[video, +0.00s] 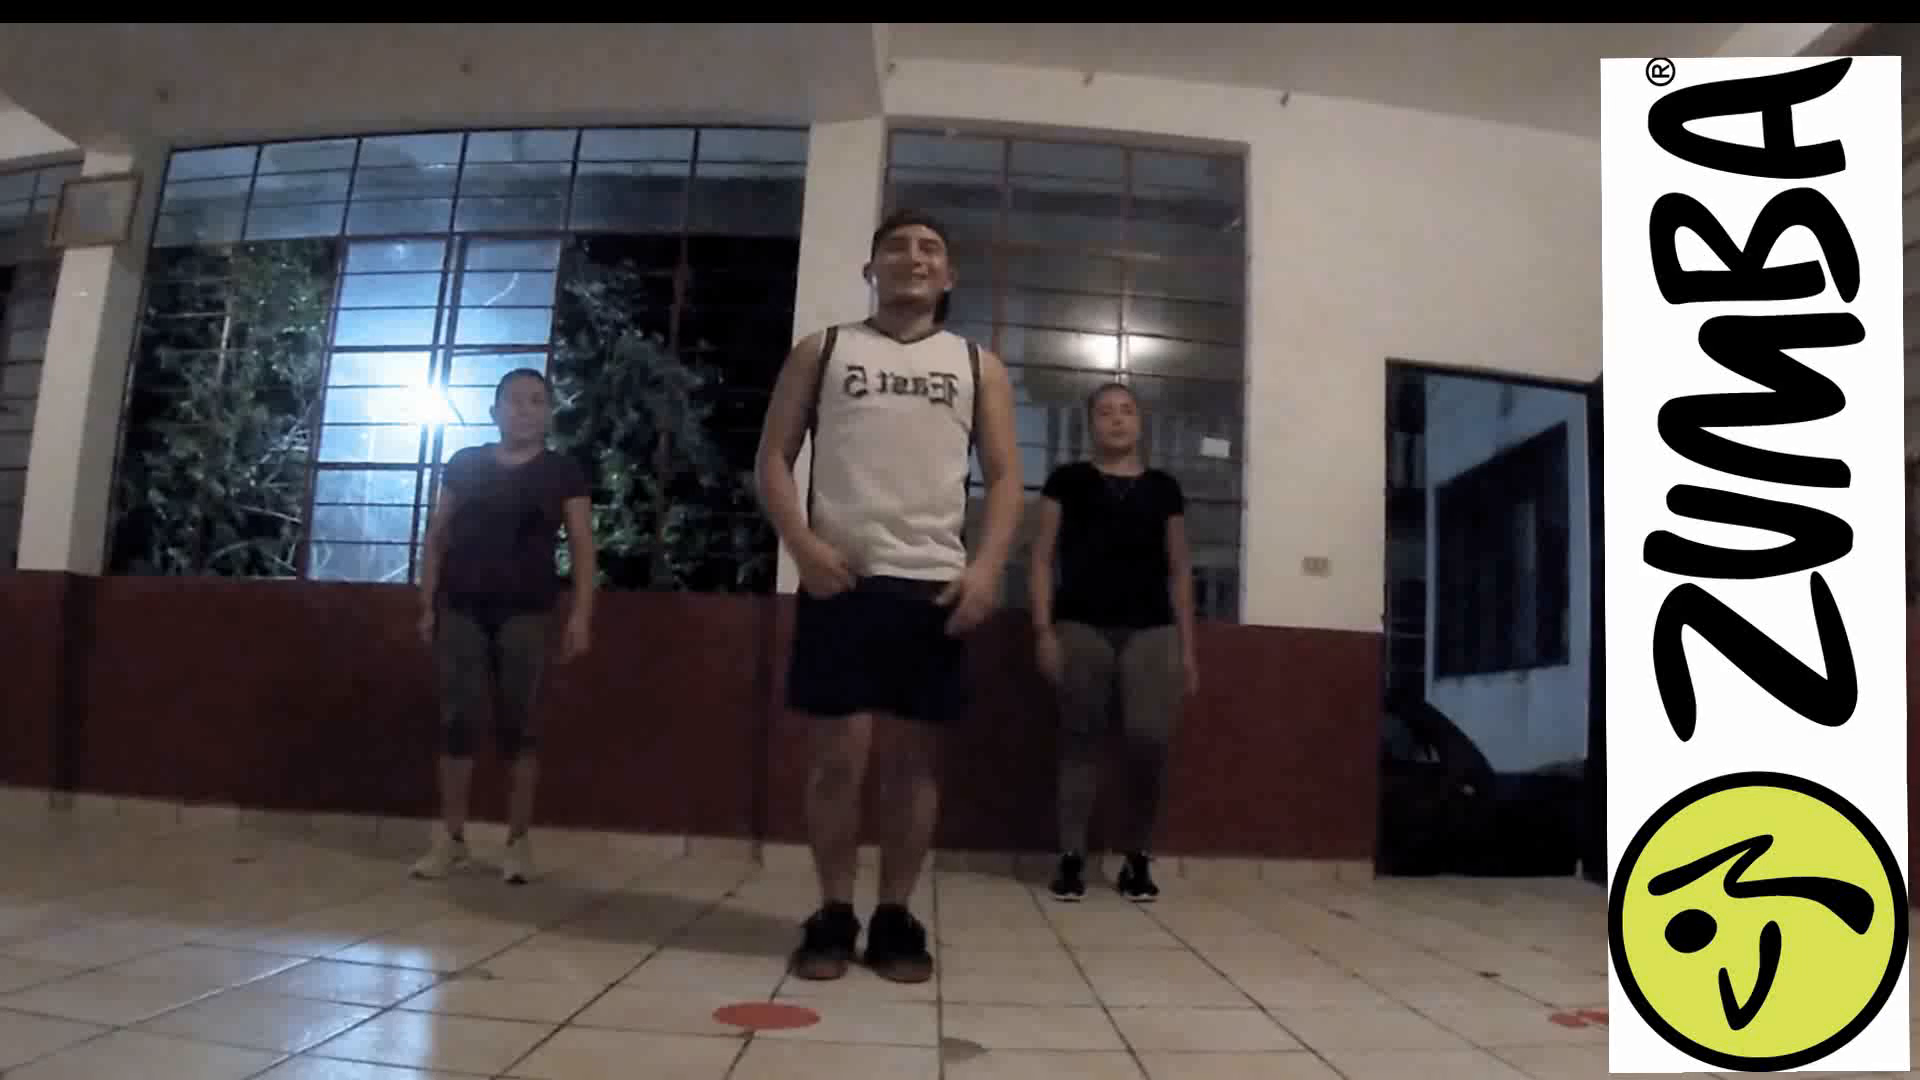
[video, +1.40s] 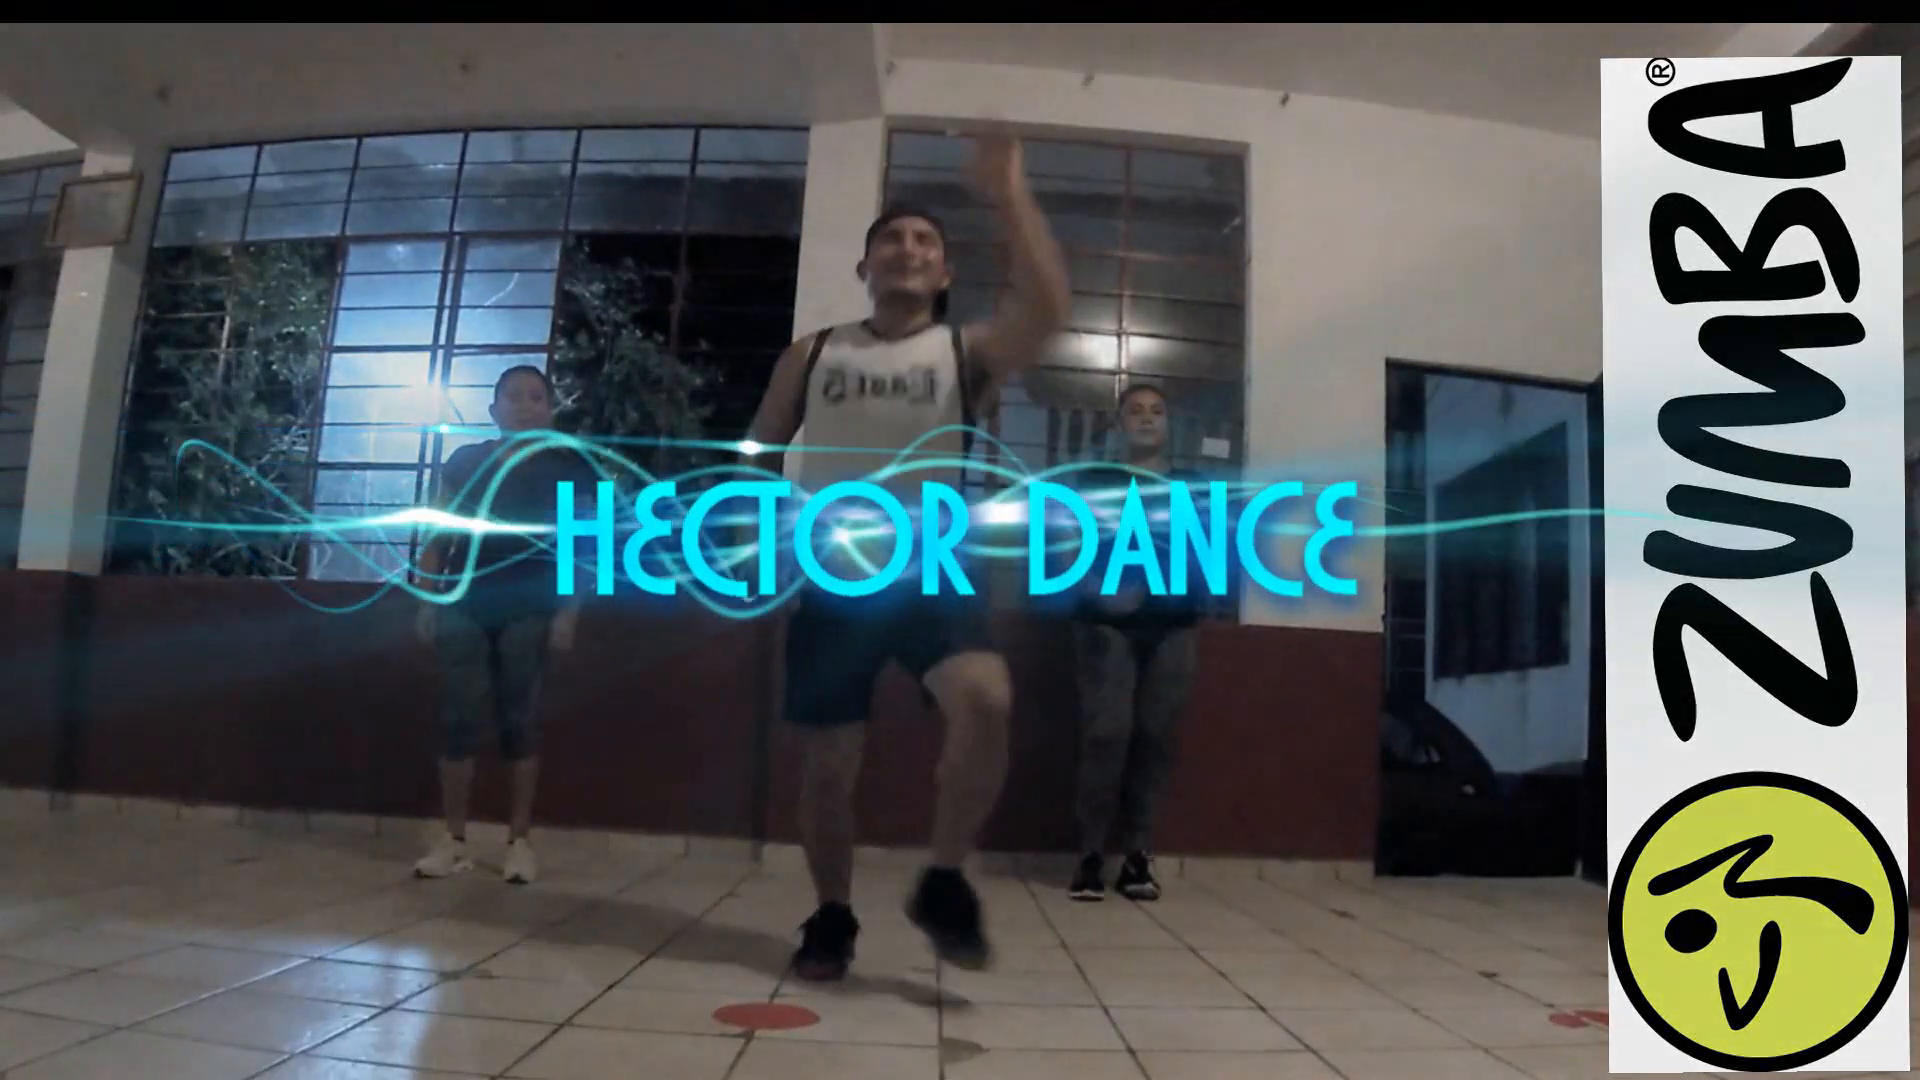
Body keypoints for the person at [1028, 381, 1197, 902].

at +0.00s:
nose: (1117, 420)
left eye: (1126, 412)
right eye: (1106, 413)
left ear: (1141, 424)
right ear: (1090, 425)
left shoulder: (1162, 488)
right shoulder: (1067, 481)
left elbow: (1180, 570)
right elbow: (1041, 559)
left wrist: (1187, 649)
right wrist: (1044, 632)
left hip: (1151, 635)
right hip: (1083, 632)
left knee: (1149, 747)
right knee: (1079, 744)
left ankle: (1138, 857)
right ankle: (1072, 853)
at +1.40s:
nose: (1147, 419)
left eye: (1156, 412)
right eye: (1137, 412)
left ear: (1168, 424)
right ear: (1120, 422)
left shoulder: (1188, 485)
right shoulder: (1094, 483)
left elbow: (1210, 555)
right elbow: (1065, 553)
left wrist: (1197, 602)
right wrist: (1095, 596)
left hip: (1172, 625)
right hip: (1107, 624)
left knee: (1157, 739)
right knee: (1106, 735)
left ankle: (1138, 857)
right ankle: (1091, 857)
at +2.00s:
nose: (1150, 417)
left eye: (1160, 410)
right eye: (1139, 409)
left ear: (1175, 424)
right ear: (1120, 424)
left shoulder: (1200, 470)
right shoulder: (1097, 473)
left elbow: (1253, 404)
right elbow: (1048, 431)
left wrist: (1297, 332)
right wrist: (1080, 382)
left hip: (1192, 617)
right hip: (1113, 614)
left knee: (1202, 739)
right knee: (1063, 725)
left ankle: (1215, 874)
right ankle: (1022, 861)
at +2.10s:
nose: (1140, 422)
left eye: (1150, 415)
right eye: (1130, 414)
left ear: (1166, 428)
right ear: (1110, 425)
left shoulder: (1189, 478)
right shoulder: (1087, 476)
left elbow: (1249, 439)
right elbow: (1060, 413)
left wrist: (1280, 366)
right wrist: (1061, 352)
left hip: (1174, 621)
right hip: (1097, 618)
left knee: (1194, 737)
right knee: (1059, 730)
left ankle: (1212, 874)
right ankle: (1018, 864)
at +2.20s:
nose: (1129, 424)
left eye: (1140, 417)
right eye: (1120, 414)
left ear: (1151, 431)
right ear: (1099, 424)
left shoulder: (1164, 489)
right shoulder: (1071, 477)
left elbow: (1226, 527)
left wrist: (1239, 470)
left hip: (1150, 623)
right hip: (1074, 621)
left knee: (1184, 741)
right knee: (1051, 744)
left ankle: (1211, 874)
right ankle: (1016, 876)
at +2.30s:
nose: (1122, 417)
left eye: (1132, 410)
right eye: (1111, 409)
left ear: (1143, 426)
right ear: (1090, 419)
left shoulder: (1152, 488)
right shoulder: (1063, 467)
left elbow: (1178, 553)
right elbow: (1045, 381)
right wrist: (1068, 310)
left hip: (1141, 619)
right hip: (1068, 617)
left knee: (1187, 725)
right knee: (1041, 734)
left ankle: (1202, 860)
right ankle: (1005, 871)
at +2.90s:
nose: (1142, 426)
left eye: (1150, 418)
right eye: (1131, 418)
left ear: (1164, 430)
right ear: (1112, 431)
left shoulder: (1188, 489)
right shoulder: (1094, 490)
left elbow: (1220, 556)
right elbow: (1066, 560)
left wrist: (1235, 622)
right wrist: (1045, 588)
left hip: (1162, 630)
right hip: (1095, 625)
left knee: (1158, 741)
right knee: (1069, 734)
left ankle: (1142, 855)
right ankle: (1051, 850)